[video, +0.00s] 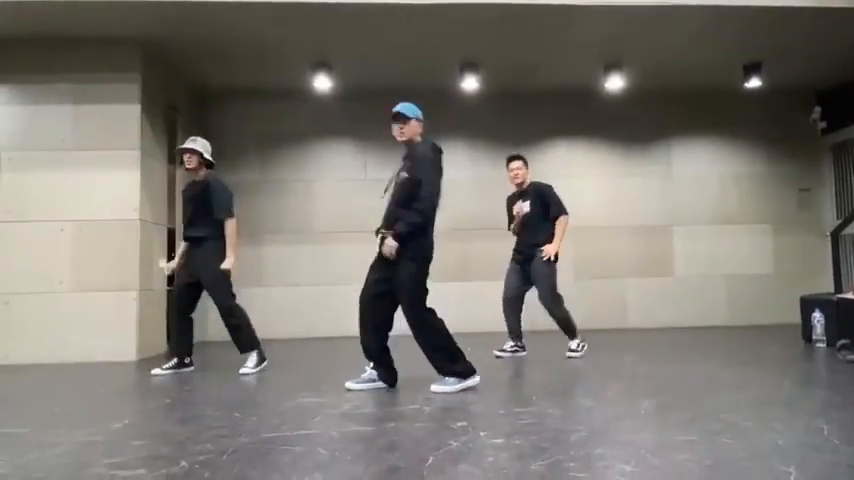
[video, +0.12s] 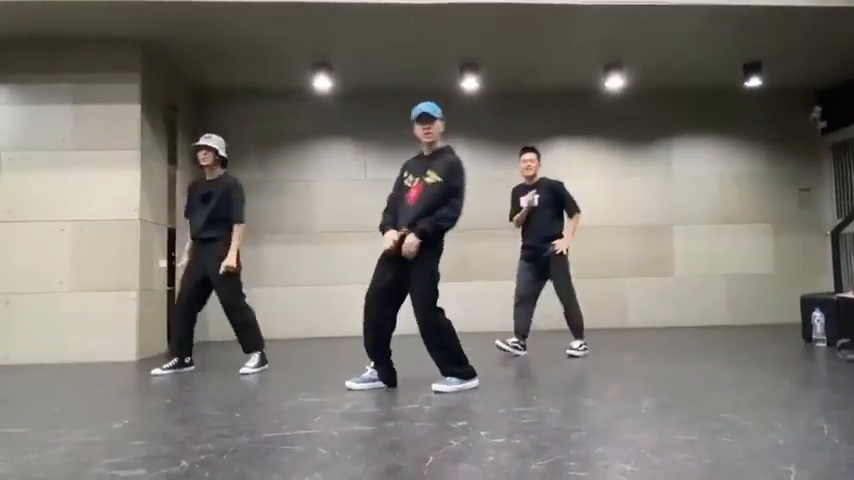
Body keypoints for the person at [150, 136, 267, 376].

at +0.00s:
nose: (187, 158)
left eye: (192, 154)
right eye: (185, 154)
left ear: (203, 158)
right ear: (183, 159)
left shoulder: (215, 185)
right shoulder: (188, 190)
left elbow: (229, 220)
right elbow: (189, 231)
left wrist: (230, 257)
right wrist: (178, 259)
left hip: (212, 253)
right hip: (191, 254)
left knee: (226, 304)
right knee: (180, 306)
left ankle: (255, 353)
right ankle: (182, 358)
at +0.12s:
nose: (202, 155)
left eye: (207, 151)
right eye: (200, 151)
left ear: (219, 155)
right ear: (197, 155)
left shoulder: (231, 185)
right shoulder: (195, 187)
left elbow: (239, 224)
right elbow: (194, 228)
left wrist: (232, 255)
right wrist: (185, 256)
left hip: (222, 251)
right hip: (199, 252)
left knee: (234, 304)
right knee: (184, 305)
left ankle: (256, 354)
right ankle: (182, 357)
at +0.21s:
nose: (212, 152)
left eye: (217, 148)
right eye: (209, 148)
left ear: (228, 152)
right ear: (206, 153)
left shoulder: (238, 182)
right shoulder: (200, 183)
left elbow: (243, 221)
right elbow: (198, 222)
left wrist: (232, 251)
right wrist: (193, 251)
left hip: (229, 249)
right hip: (204, 249)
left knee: (238, 304)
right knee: (193, 304)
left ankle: (256, 354)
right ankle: (184, 356)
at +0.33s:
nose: (225, 153)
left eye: (230, 149)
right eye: (222, 149)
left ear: (240, 154)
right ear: (217, 154)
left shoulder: (249, 185)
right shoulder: (208, 184)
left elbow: (252, 223)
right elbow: (201, 217)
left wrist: (227, 244)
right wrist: (200, 246)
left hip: (240, 252)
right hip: (213, 251)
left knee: (245, 305)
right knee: (203, 302)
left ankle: (257, 357)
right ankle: (197, 355)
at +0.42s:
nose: (228, 150)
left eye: (233, 146)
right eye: (225, 146)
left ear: (243, 151)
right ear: (221, 151)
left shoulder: (254, 182)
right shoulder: (212, 180)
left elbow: (257, 220)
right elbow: (205, 209)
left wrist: (225, 228)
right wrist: (202, 230)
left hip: (243, 250)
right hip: (218, 249)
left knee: (250, 304)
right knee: (202, 296)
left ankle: (258, 357)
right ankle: (226, 338)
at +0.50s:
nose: (230, 150)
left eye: (234, 146)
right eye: (226, 146)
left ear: (244, 151)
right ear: (222, 151)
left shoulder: (255, 182)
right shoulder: (214, 180)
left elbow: (259, 220)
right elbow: (206, 208)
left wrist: (228, 227)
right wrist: (203, 225)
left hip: (244, 249)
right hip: (220, 248)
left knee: (252, 305)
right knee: (206, 294)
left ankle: (259, 357)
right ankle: (244, 315)